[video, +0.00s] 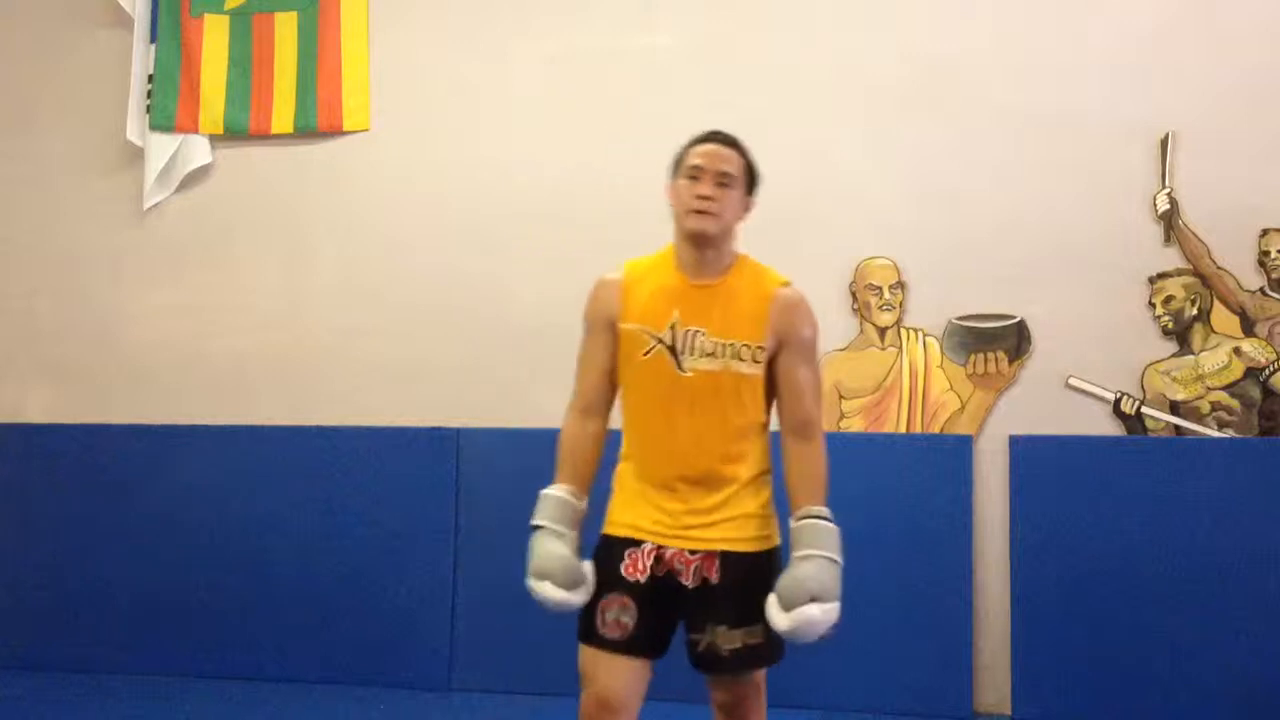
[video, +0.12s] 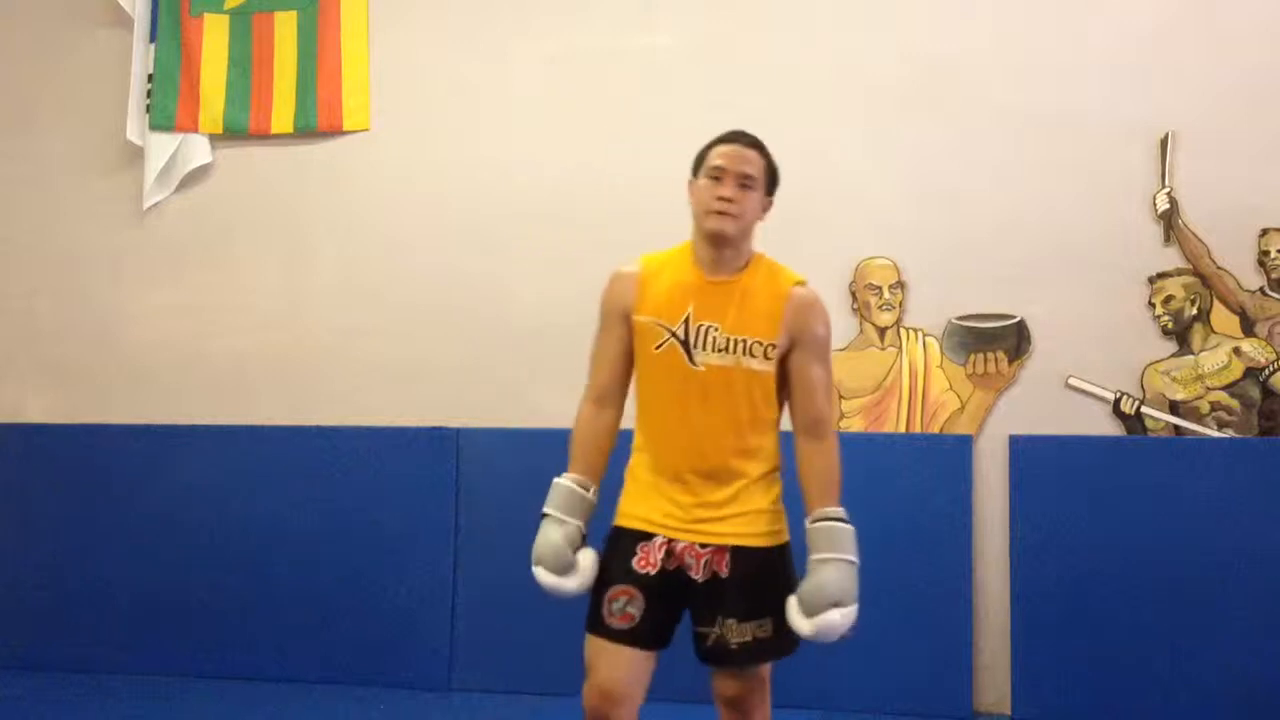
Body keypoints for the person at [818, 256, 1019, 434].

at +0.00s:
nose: (887, 298)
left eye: (894, 289)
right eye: (874, 290)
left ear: (903, 294)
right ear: (856, 296)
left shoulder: (928, 351)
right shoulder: (835, 366)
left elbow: (951, 440)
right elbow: (826, 446)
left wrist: (986, 392)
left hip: (924, 475)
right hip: (862, 479)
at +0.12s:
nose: (886, 298)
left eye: (894, 288)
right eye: (874, 289)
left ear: (902, 294)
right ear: (855, 296)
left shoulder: (925, 349)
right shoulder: (834, 365)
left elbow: (950, 439)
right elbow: (824, 443)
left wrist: (985, 393)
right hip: (858, 478)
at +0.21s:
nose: (887, 298)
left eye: (894, 288)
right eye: (874, 289)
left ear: (902, 294)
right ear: (855, 297)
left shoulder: (926, 350)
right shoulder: (832, 363)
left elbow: (950, 439)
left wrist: (984, 393)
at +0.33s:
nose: (886, 298)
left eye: (894, 288)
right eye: (874, 289)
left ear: (902, 294)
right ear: (855, 297)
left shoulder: (926, 350)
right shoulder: (832, 364)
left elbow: (950, 440)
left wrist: (984, 393)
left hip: (920, 473)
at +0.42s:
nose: (886, 298)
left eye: (894, 289)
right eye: (874, 290)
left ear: (903, 294)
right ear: (855, 297)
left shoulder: (926, 350)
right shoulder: (831, 365)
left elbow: (951, 439)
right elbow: (824, 442)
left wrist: (985, 392)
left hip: (923, 473)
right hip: (859, 476)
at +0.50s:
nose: (886, 298)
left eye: (894, 289)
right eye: (874, 290)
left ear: (902, 294)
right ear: (855, 297)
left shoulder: (928, 350)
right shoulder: (834, 366)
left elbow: (951, 440)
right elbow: (821, 446)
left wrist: (985, 392)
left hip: (927, 473)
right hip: (865, 477)